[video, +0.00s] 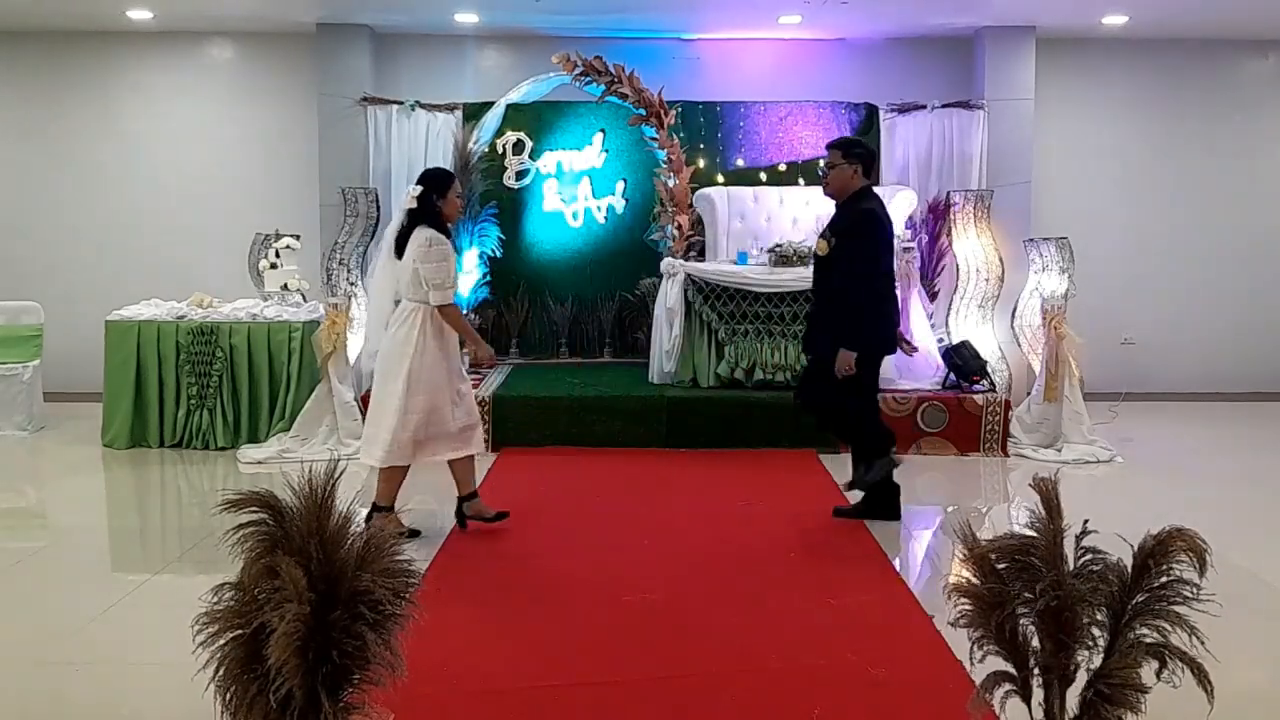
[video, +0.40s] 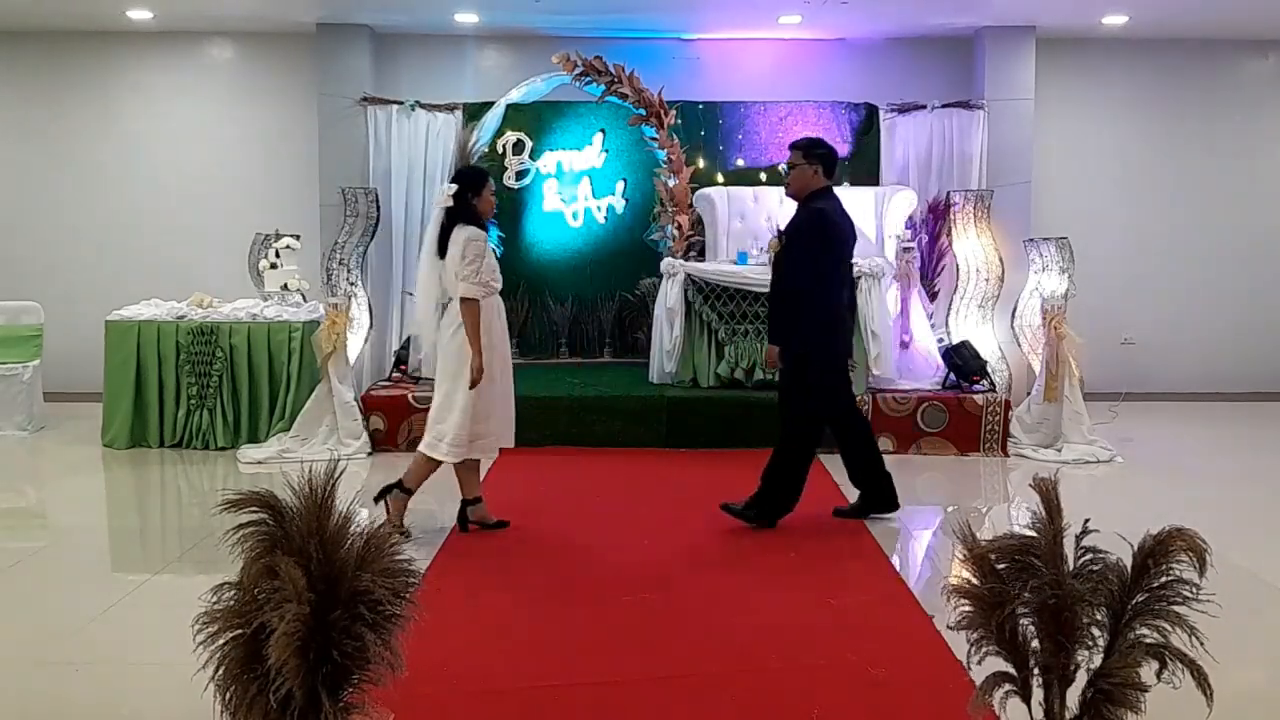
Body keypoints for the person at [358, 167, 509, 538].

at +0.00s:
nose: (461, 202)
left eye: (460, 195)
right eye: (456, 196)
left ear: (430, 200)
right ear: (437, 201)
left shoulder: (415, 238)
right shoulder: (435, 242)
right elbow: (443, 305)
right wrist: (477, 342)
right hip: (421, 343)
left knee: (459, 419)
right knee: (405, 426)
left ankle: (469, 502)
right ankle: (381, 513)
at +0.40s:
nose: (495, 201)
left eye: (494, 194)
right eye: (490, 195)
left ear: (465, 199)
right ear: (472, 199)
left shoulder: (457, 233)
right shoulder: (473, 237)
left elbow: (461, 298)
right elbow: (468, 298)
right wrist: (477, 352)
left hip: (461, 341)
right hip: (468, 343)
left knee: (466, 424)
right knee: (453, 425)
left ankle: (473, 505)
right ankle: (400, 493)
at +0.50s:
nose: (504, 201)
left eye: (502, 194)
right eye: (499, 195)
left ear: (474, 198)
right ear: (483, 198)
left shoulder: (462, 232)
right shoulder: (482, 236)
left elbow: (460, 296)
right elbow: (472, 297)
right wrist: (475, 352)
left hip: (467, 340)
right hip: (481, 341)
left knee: (468, 423)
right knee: (482, 423)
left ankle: (473, 506)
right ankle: (419, 470)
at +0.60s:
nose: (512, 200)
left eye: (511, 193)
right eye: (507, 194)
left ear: (484, 198)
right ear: (491, 198)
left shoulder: (477, 233)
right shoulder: (487, 235)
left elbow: (474, 296)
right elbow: (476, 295)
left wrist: (478, 350)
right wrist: (476, 350)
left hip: (484, 343)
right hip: (493, 343)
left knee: (480, 416)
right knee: (516, 416)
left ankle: (475, 504)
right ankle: (455, 464)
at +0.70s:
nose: (520, 199)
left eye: (519, 192)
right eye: (515, 193)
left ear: (489, 198)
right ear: (500, 197)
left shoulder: (481, 236)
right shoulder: (495, 237)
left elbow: (503, 295)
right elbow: (483, 295)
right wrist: (483, 350)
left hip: (481, 344)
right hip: (502, 344)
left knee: (475, 423)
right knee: (533, 414)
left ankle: (473, 506)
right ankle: (504, 488)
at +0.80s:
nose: (530, 200)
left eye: (528, 192)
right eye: (524, 193)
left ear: (504, 199)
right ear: (507, 199)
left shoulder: (499, 235)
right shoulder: (503, 237)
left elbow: (535, 273)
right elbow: (487, 290)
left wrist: (570, 297)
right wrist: (486, 347)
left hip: (489, 346)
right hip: (511, 344)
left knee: (477, 418)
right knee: (545, 411)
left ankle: (473, 504)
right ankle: (551, 497)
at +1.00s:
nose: (546, 204)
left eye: (544, 197)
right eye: (540, 198)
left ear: (529, 203)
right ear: (521, 204)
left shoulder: (541, 241)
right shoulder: (510, 245)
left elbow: (571, 254)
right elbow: (485, 297)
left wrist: (597, 272)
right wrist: (479, 351)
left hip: (535, 344)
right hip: (525, 345)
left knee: (503, 419)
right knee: (553, 417)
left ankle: (480, 497)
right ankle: (561, 499)